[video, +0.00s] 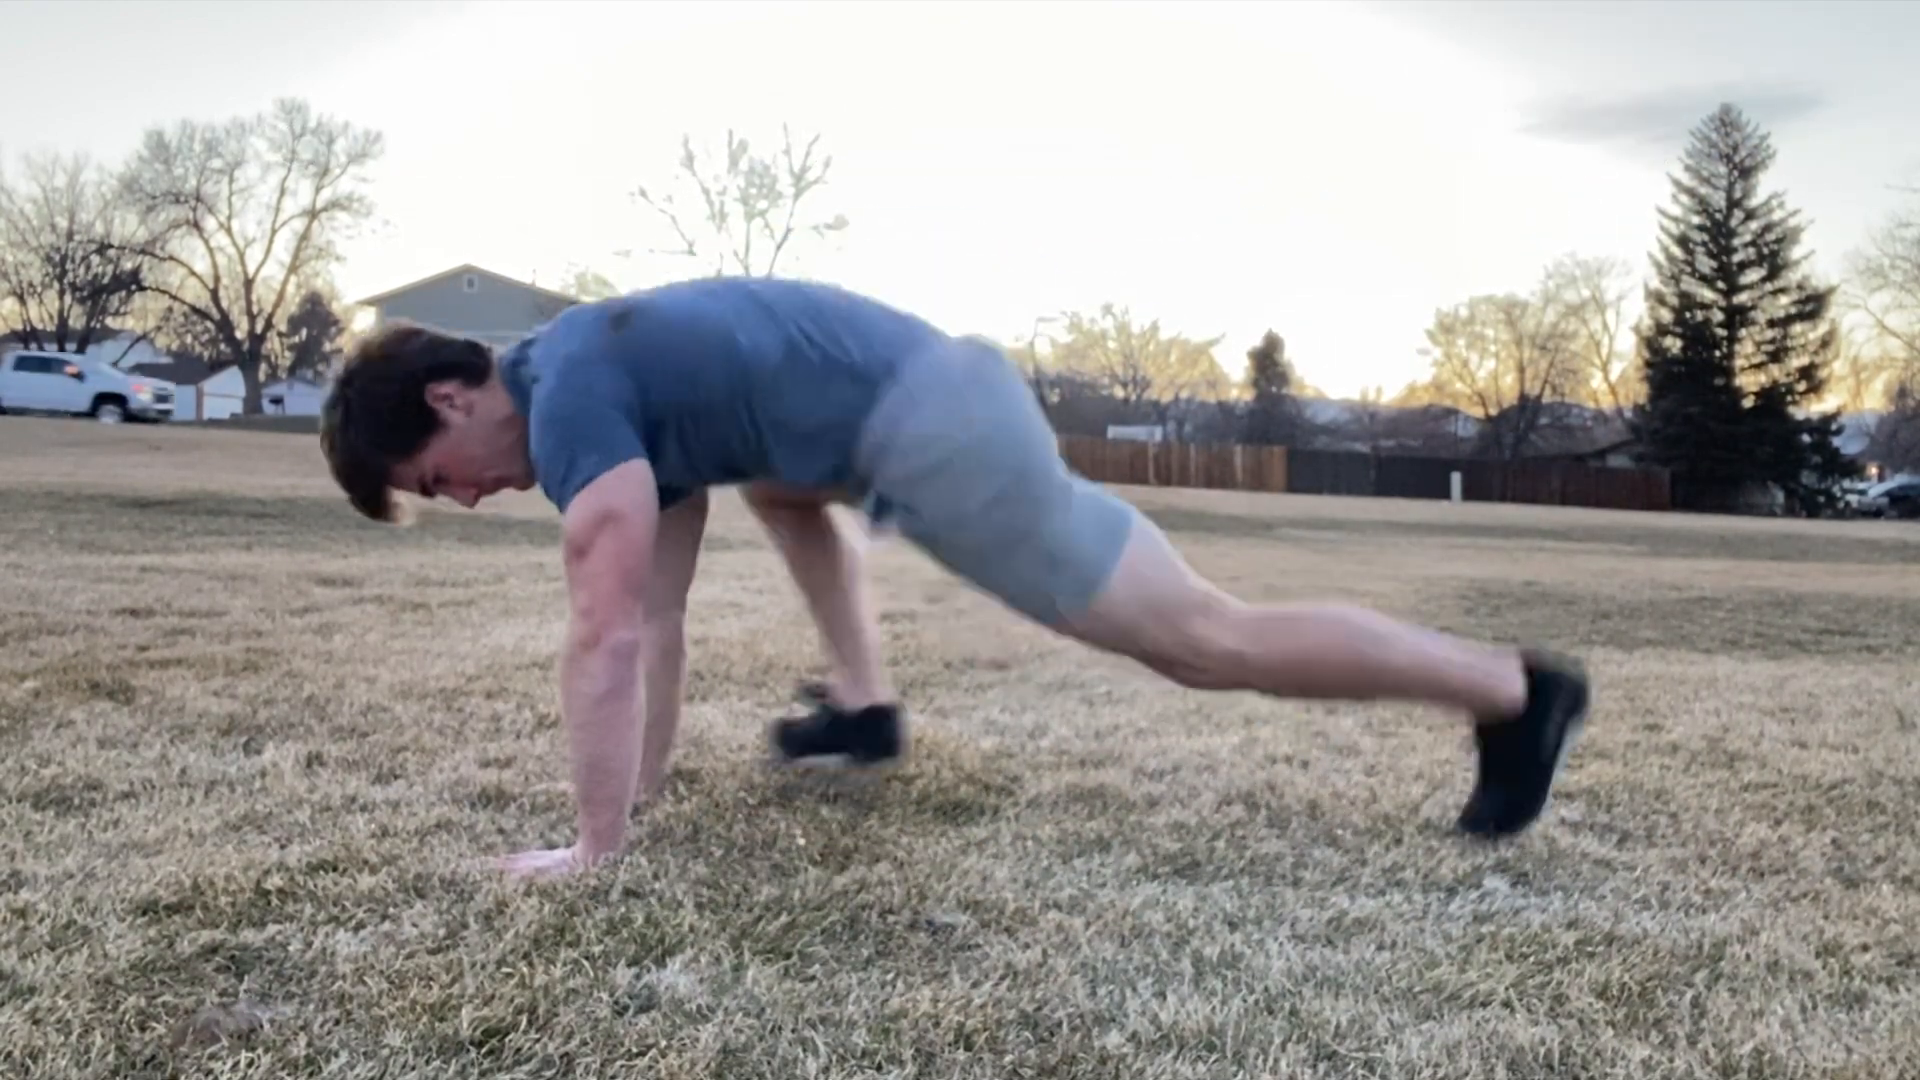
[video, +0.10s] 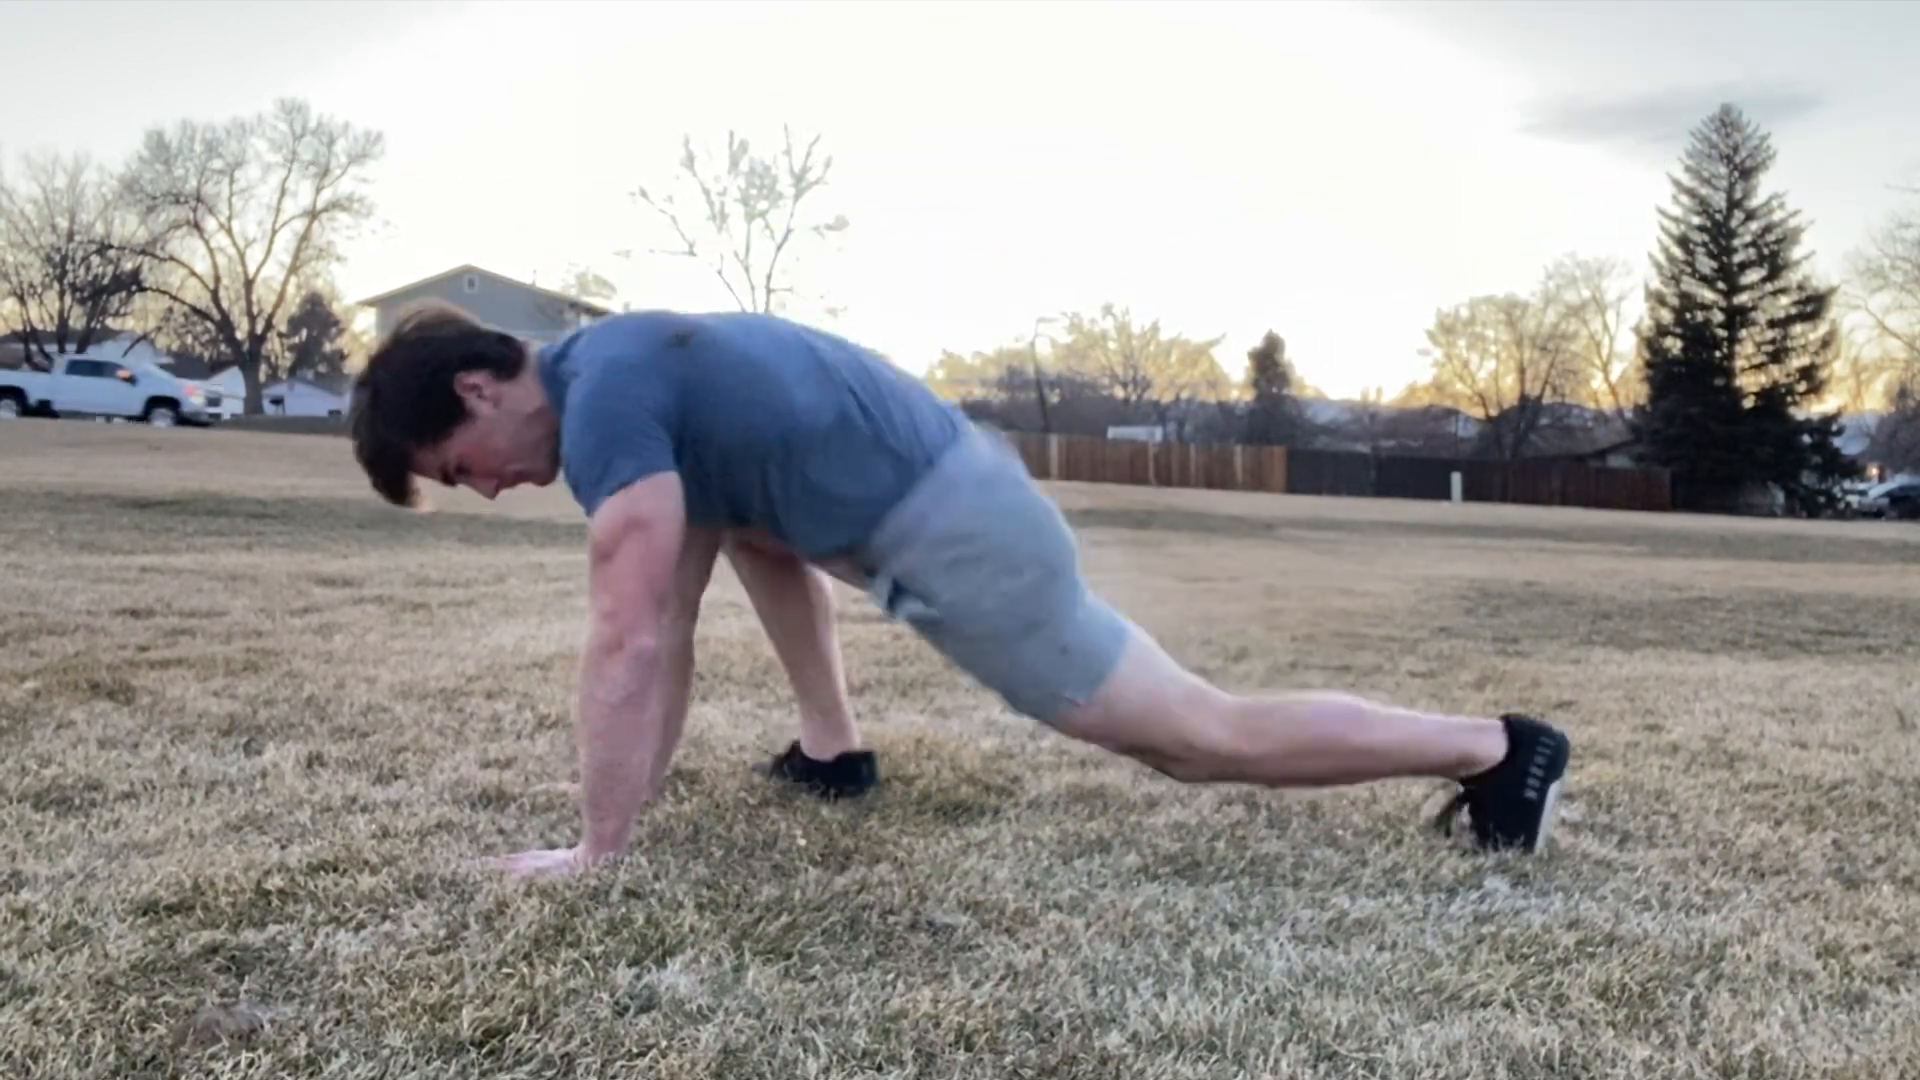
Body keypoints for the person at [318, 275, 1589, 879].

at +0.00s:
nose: (457, 500)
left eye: (434, 476)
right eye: (432, 493)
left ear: (454, 399)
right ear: (463, 398)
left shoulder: (570, 379)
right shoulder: (598, 371)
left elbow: (617, 607)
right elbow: (647, 619)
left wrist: (598, 838)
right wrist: (632, 804)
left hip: (937, 419)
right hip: (908, 409)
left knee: (1202, 640)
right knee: (757, 469)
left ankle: (1514, 692)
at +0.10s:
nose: (482, 488)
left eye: (459, 466)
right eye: (458, 481)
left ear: (480, 390)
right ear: (491, 385)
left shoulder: (608, 387)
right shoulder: (619, 377)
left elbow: (638, 634)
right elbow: (644, 628)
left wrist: (601, 842)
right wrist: (604, 826)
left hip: (947, 515)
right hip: (891, 500)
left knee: (1195, 734)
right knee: (730, 522)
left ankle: (1502, 749)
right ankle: (832, 744)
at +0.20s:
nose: (480, 494)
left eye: (457, 471)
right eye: (456, 487)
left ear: (478, 395)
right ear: (491, 392)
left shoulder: (604, 388)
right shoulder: (623, 379)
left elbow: (636, 625)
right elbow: (646, 632)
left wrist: (602, 840)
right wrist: (615, 823)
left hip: (958, 492)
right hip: (904, 476)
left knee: (1203, 707)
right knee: (752, 499)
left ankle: (1506, 750)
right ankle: (841, 736)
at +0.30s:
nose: (465, 517)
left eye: (440, 494)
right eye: (439, 512)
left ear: (457, 416)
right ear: (466, 420)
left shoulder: (567, 378)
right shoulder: (607, 385)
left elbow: (598, 620)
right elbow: (646, 618)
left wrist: (596, 849)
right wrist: (646, 784)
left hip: (937, 375)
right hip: (899, 391)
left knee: (1172, 627)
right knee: (809, 512)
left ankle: (1470, 727)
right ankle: (975, 707)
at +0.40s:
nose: (465, 530)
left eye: (437, 512)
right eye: (437, 527)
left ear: (439, 438)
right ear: (450, 434)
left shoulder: (568, 378)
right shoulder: (576, 390)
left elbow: (606, 630)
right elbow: (641, 602)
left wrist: (588, 848)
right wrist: (646, 774)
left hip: (930, 288)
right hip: (886, 347)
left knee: (1031, 596)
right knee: (924, 602)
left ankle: (1350, 694)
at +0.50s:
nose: (453, 528)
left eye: (427, 509)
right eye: (425, 523)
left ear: (440, 432)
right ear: (447, 426)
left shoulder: (578, 372)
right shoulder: (573, 387)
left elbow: (610, 628)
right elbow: (635, 607)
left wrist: (590, 843)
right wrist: (644, 777)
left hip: (935, 296)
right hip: (928, 348)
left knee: (838, 494)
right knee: (1080, 610)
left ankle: (1073, 720)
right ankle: (1362, 589)